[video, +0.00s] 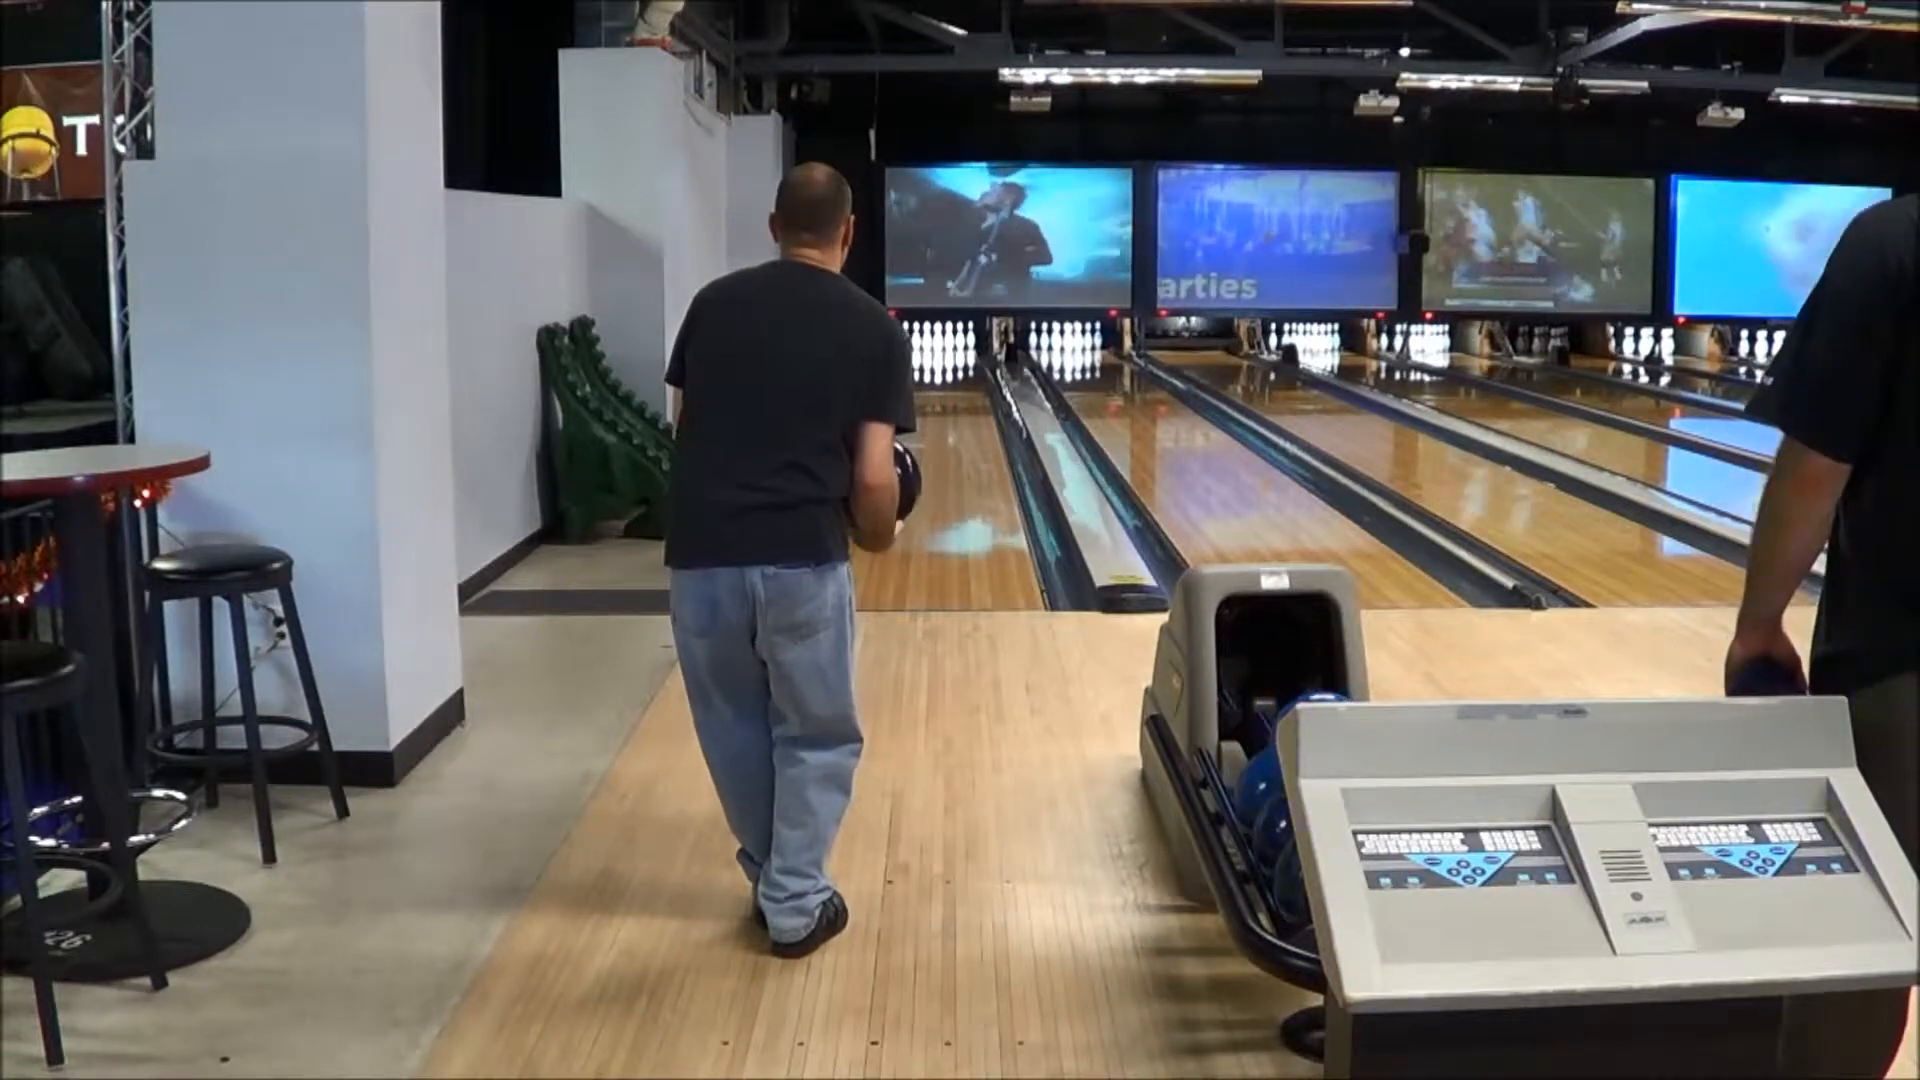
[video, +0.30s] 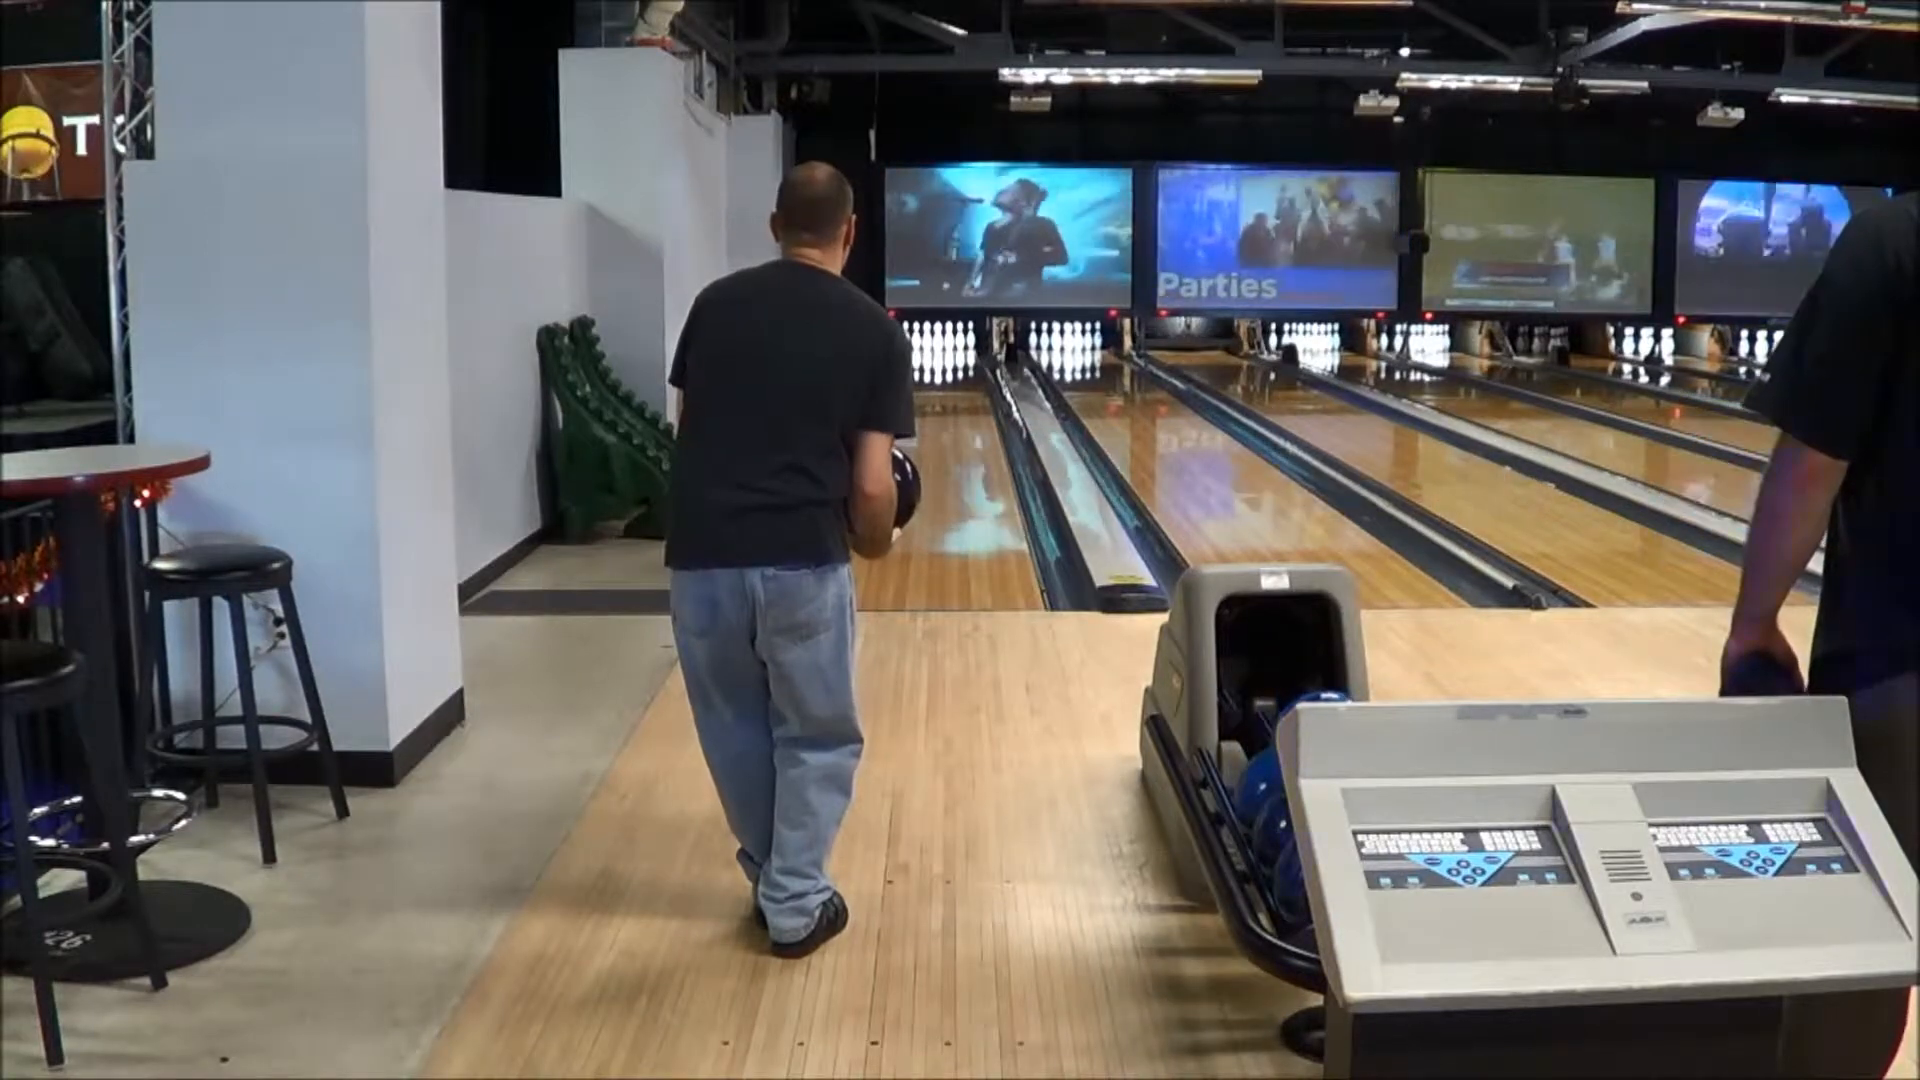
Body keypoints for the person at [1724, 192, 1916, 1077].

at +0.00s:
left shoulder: (1893, 240)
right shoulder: (1888, 241)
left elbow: (1815, 460)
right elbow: (1816, 460)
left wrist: (1760, 621)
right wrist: (1765, 620)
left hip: (1892, 665)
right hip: (1883, 660)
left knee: (1867, 930)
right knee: (1863, 927)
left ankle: (1837, 1062)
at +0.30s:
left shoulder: (1890, 241)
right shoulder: (1885, 240)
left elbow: (1812, 457)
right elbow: (1813, 456)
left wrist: (1754, 622)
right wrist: (1758, 623)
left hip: (1889, 668)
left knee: (1868, 931)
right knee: (1864, 929)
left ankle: (1841, 1057)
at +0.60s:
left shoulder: (1890, 239)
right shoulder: (1885, 238)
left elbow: (1812, 456)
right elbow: (1813, 456)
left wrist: (1754, 618)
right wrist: (1758, 618)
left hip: (1891, 670)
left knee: (1866, 939)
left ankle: (1838, 1060)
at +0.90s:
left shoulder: (1891, 237)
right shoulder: (1885, 237)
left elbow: (1813, 459)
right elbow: (1814, 459)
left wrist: (1756, 621)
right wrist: (1761, 621)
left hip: (1893, 668)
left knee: (1869, 935)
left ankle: (1841, 1059)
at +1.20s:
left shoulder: (1888, 240)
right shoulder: (1884, 240)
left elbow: (1809, 463)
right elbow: (1809, 464)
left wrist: (1760, 627)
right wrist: (1763, 628)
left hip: (1892, 666)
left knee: (1867, 934)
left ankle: (1836, 1065)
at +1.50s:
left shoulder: (1884, 243)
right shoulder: (1881, 244)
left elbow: (1809, 456)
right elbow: (1809, 457)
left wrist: (1765, 621)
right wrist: (1768, 622)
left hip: (1890, 667)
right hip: (1883, 660)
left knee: (1866, 934)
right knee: (1862, 933)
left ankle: (1838, 1062)